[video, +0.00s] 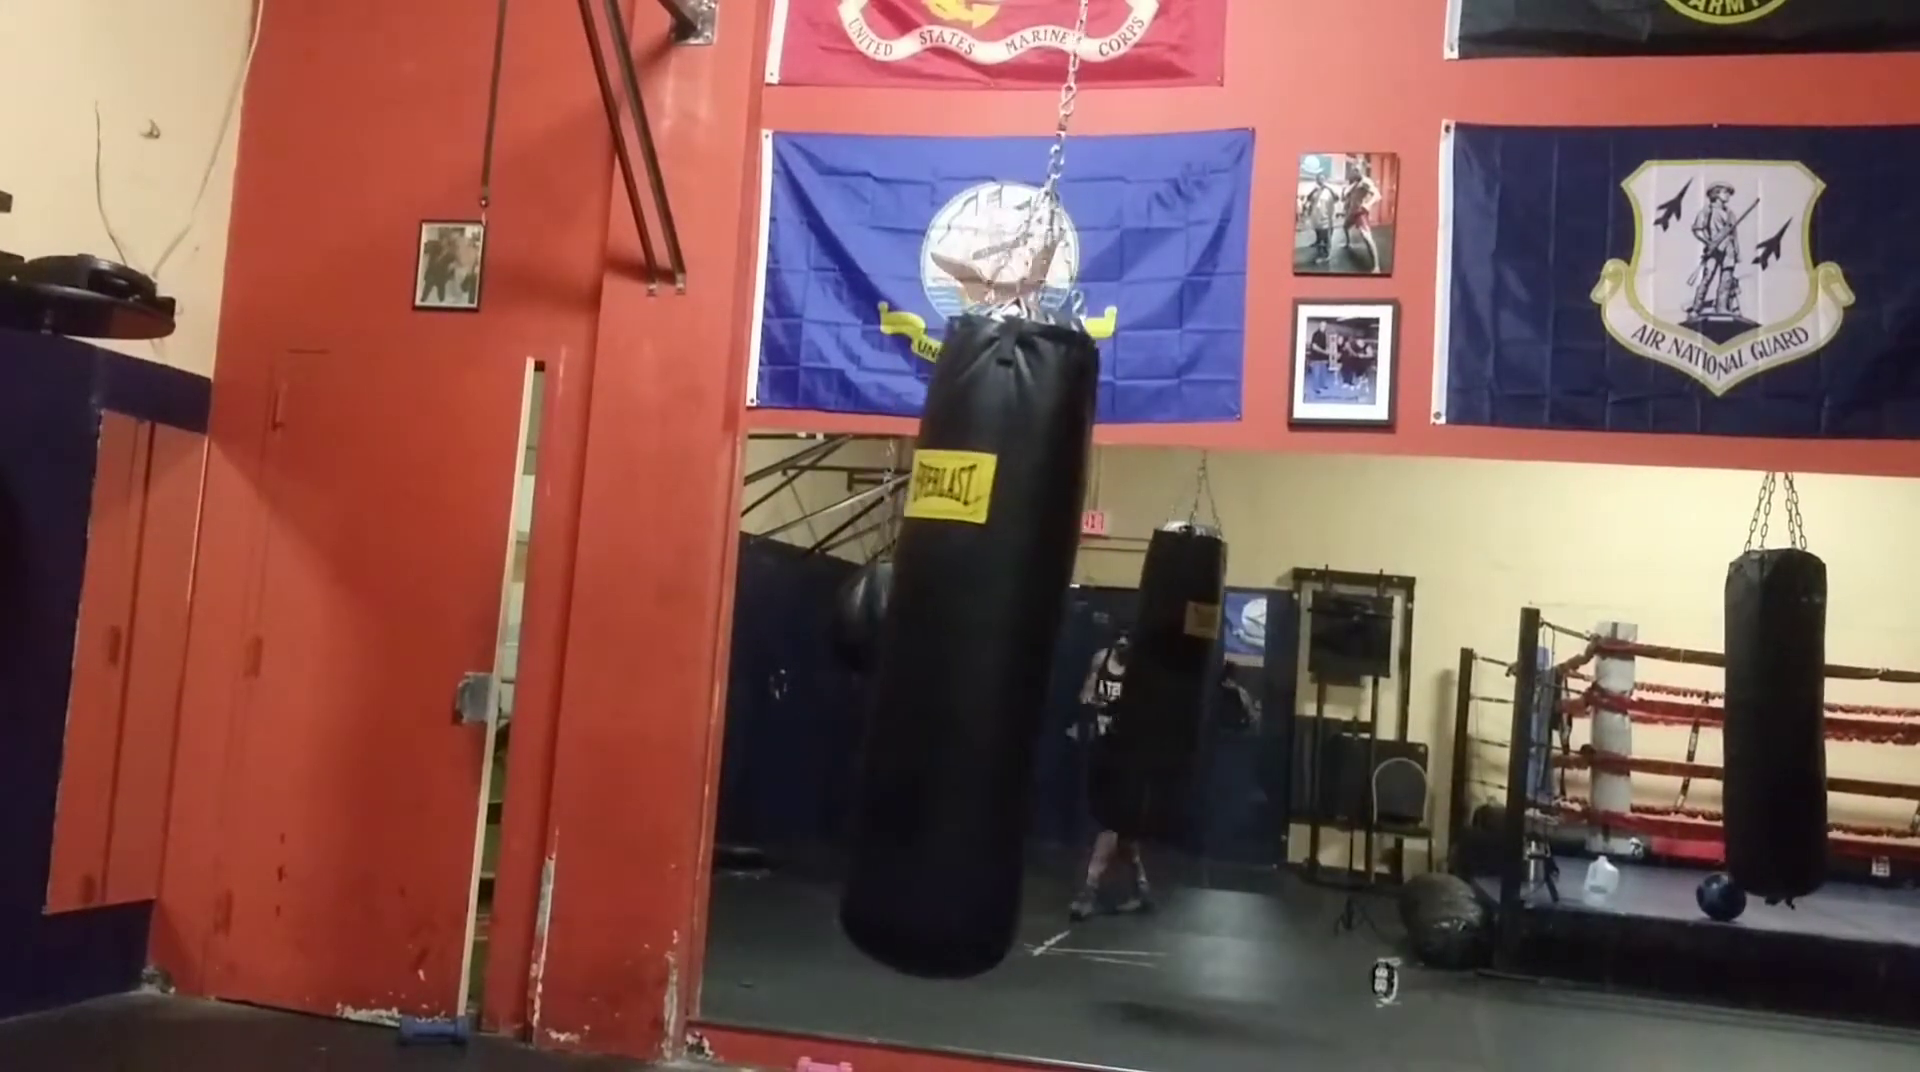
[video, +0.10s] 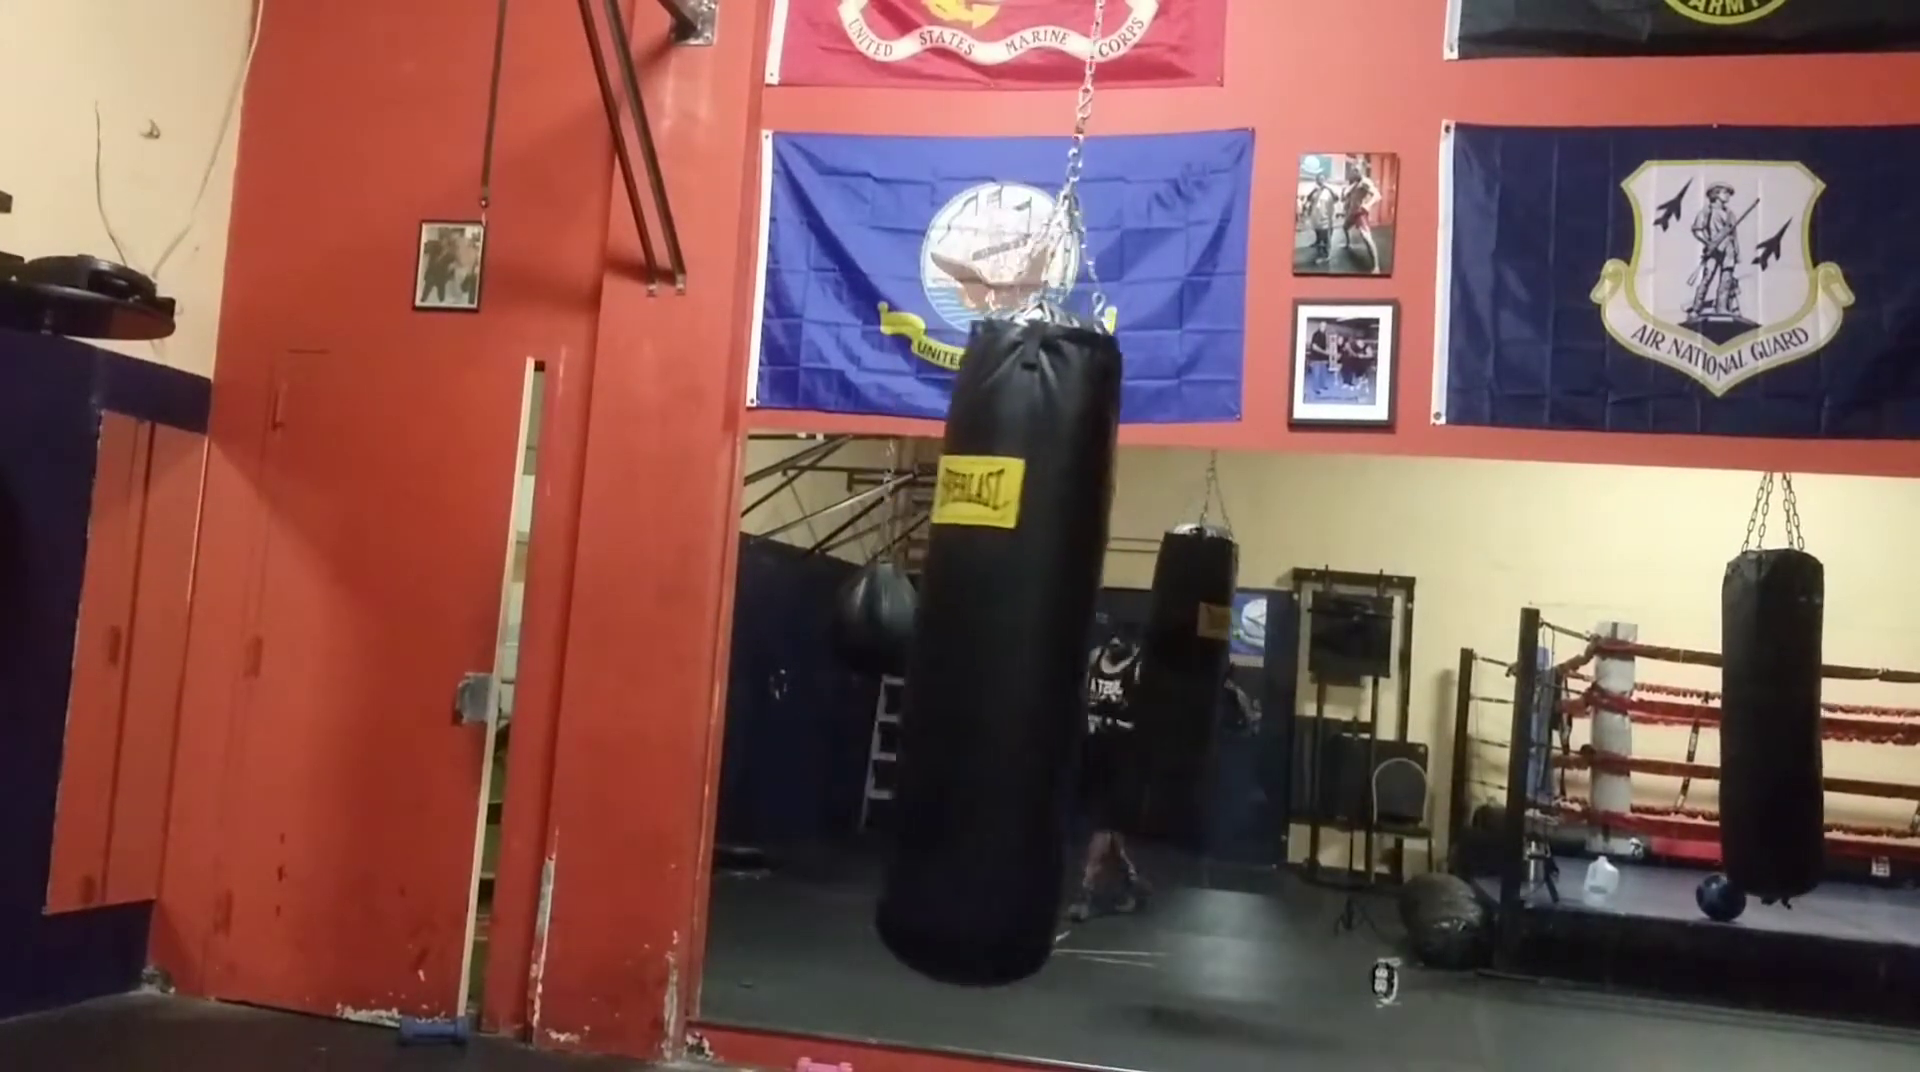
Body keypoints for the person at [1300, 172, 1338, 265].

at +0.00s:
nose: (1320, 182)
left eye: (1322, 180)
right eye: (1318, 180)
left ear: (1324, 180)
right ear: (1316, 181)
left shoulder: (1329, 191)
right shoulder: (1315, 192)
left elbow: (1336, 199)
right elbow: (1309, 199)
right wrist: (1314, 191)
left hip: (1325, 217)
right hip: (1316, 217)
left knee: (1325, 238)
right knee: (1318, 238)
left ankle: (1325, 255)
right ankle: (1318, 254)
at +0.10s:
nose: (1320, 182)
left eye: (1322, 180)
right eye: (1318, 180)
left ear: (1324, 180)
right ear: (1316, 181)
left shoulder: (1328, 192)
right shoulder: (1315, 192)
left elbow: (1336, 199)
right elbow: (1308, 199)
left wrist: (1329, 189)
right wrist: (1314, 192)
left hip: (1325, 217)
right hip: (1315, 217)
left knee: (1325, 239)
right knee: (1318, 238)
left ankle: (1325, 255)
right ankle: (1318, 254)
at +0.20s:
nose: (1320, 182)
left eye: (1322, 180)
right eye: (1318, 180)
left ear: (1324, 180)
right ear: (1316, 181)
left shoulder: (1328, 192)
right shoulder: (1314, 192)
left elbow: (1335, 200)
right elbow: (1309, 200)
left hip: (1325, 217)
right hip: (1315, 217)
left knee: (1325, 239)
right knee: (1318, 238)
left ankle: (1325, 255)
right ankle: (1318, 254)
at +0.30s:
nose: (1320, 182)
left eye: (1322, 180)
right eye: (1318, 180)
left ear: (1325, 180)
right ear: (1316, 181)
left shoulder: (1329, 191)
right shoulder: (1314, 192)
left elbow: (1335, 199)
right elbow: (1309, 199)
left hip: (1325, 217)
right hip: (1315, 217)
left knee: (1325, 239)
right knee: (1318, 238)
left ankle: (1325, 255)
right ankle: (1319, 254)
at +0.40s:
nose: (1320, 183)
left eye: (1321, 180)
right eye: (1318, 181)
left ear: (1325, 181)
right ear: (1316, 181)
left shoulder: (1328, 192)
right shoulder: (1315, 192)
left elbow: (1336, 199)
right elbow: (1309, 199)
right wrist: (1314, 192)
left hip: (1325, 217)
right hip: (1315, 216)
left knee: (1324, 238)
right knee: (1318, 236)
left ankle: (1324, 255)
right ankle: (1318, 253)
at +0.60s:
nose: (1319, 182)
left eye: (1321, 180)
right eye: (1318, 180)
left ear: (1324, 180)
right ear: (1316, 181)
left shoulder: (1329, 192)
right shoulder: (1315, 192)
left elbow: (1336, 198)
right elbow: (1309, 199)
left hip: (1325, 218)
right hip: (1316, 217)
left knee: (1325, 239)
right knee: (1318, 238)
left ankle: (1325, 255)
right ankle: (1318, 253)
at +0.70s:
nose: (1320, 183)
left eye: (1321, 180)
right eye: (1318, 180)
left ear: (1324, 180)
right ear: (1316, 181)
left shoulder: (1329, 192)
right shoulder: (1315, 192)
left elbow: (1336, 199)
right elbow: (1309, 199)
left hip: (1325, 216)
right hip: (1316, 216)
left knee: (1325, 239)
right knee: (1318, 237)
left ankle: (1324, 255)